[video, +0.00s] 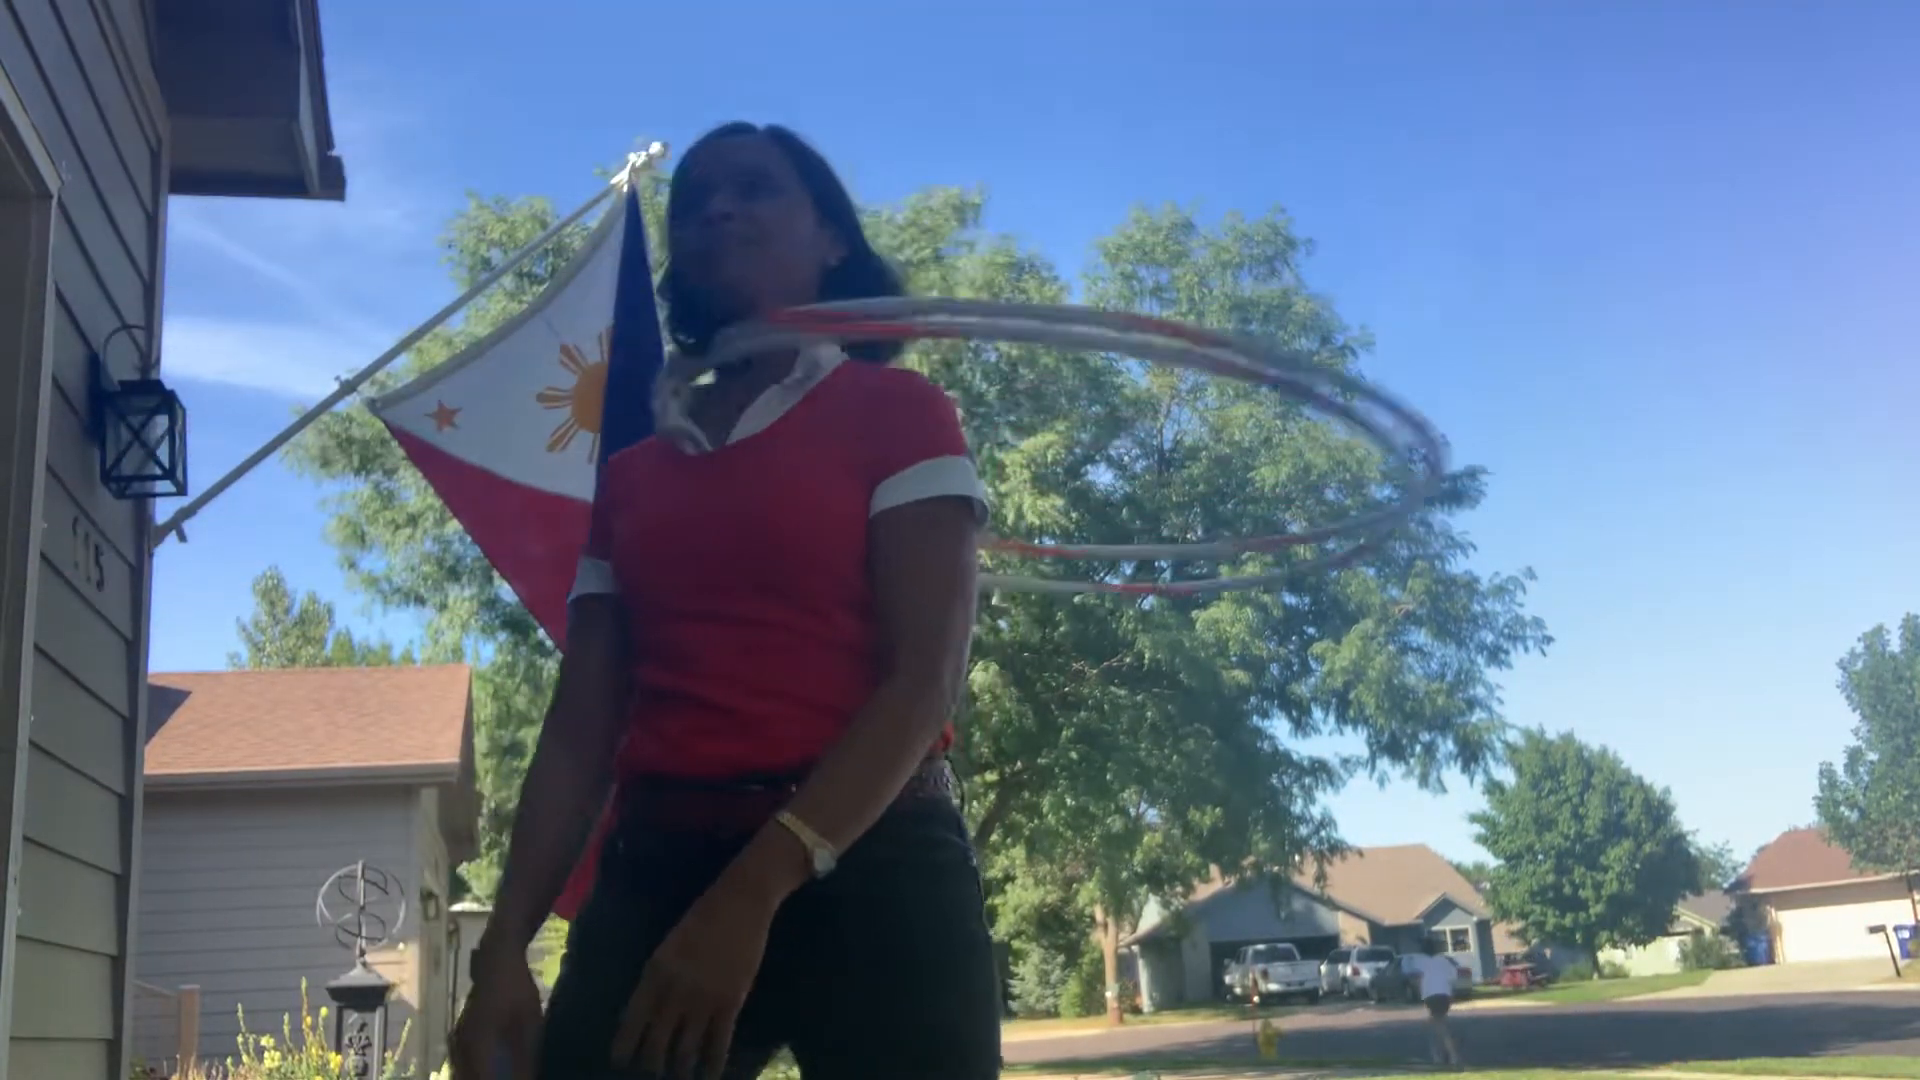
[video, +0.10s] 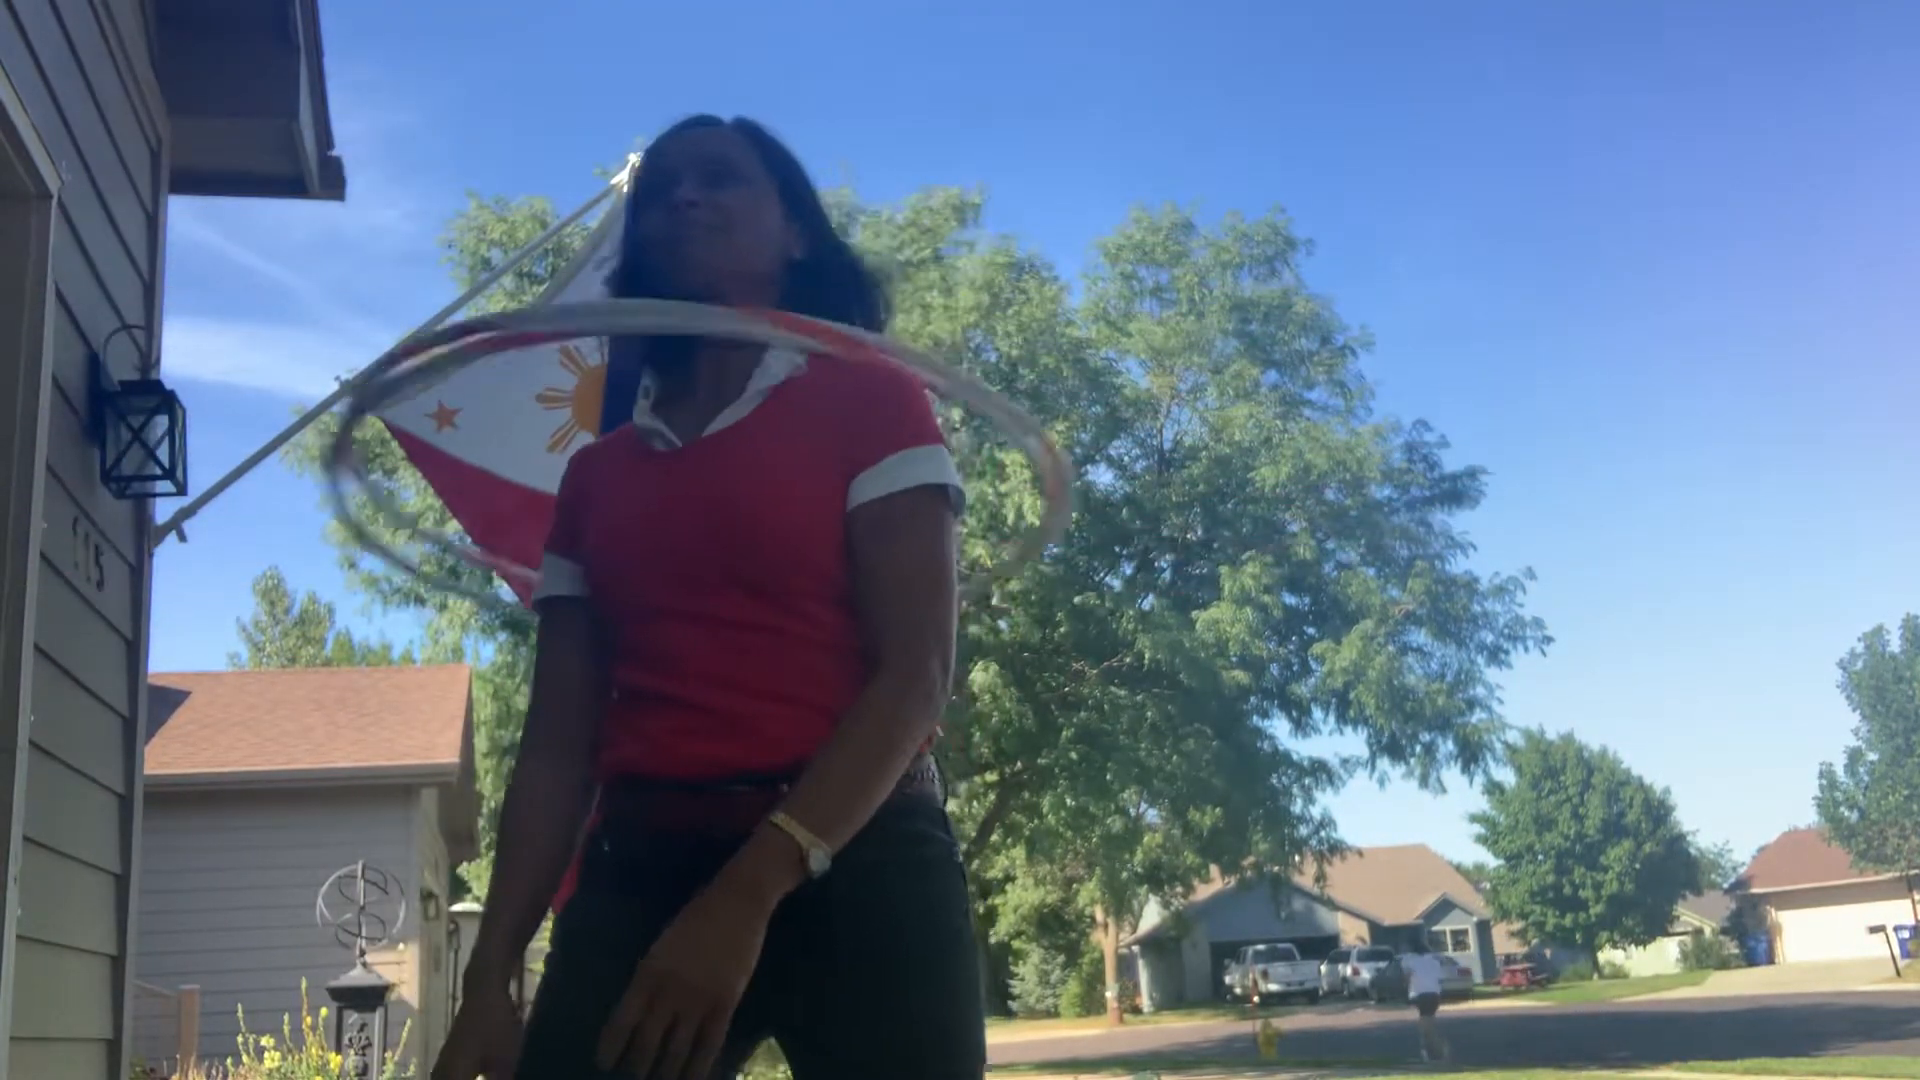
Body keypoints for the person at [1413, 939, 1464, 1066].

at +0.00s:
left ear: (1424, 951)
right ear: (1436, 949)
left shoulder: (1422, 961)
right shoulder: (1444, 960)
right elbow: (1454, 975)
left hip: (1429, 994)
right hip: (1445, 993)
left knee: (1440, 1024)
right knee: (1435, 1023)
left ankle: (1453, 1056)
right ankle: (1436, 1055)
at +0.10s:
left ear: (1412, 948)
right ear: (1424, 947)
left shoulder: (1408, 959)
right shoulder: (1433, 959)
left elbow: (1407, 974)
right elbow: (1439, 976)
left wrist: (1406, 986)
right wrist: (1437, 985)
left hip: (1417, 992)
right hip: (1433, 991)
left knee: (1426, 1021)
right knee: (1428, 1021)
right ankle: (1425, 1049)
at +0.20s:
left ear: (1404, 948)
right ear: (1417, 948)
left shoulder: (1400, 959)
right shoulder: (1421, 960)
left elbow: (1398, 973)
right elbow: (1430, 973)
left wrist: (1397, 984)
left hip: (1407, 992)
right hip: (1423, 992)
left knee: (1413, 1021)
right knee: (1420, 1020)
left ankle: (1414, 1049)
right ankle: (1423, 1048)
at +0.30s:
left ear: (1390, 948)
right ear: (1402, 948)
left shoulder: (1387, 959)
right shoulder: (1410, 960)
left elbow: (1385, 977)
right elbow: (1421, 973)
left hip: (1398, 994)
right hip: (1414, 993)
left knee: (1401, 1022)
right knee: (1410, 1021)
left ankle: (1403, 1049)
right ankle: (1412, 1047)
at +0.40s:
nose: (1376, 952)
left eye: (1377, 949)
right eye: (1375, 949)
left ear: (1380, 951)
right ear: (1390, 949)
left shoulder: (1376, 963)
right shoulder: (1395, 960)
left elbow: (1372, 980)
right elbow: (1408, 973)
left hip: (1390, 996)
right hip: (1405, 994)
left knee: (1385, 1023)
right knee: (1400, 1022)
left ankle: (1388, 1051)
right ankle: (1403, 1050)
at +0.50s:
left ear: (1365, 956)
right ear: (1376, 953)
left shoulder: (1370, 966)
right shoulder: (1387, 963)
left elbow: (1354, 971)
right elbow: (1397, 975)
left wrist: (1353, 956)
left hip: (1380, 1000)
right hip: (1394, 999)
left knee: (1375, 1027)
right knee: (1389, 1026)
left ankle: (1379, 1052)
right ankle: (1392, 1050)